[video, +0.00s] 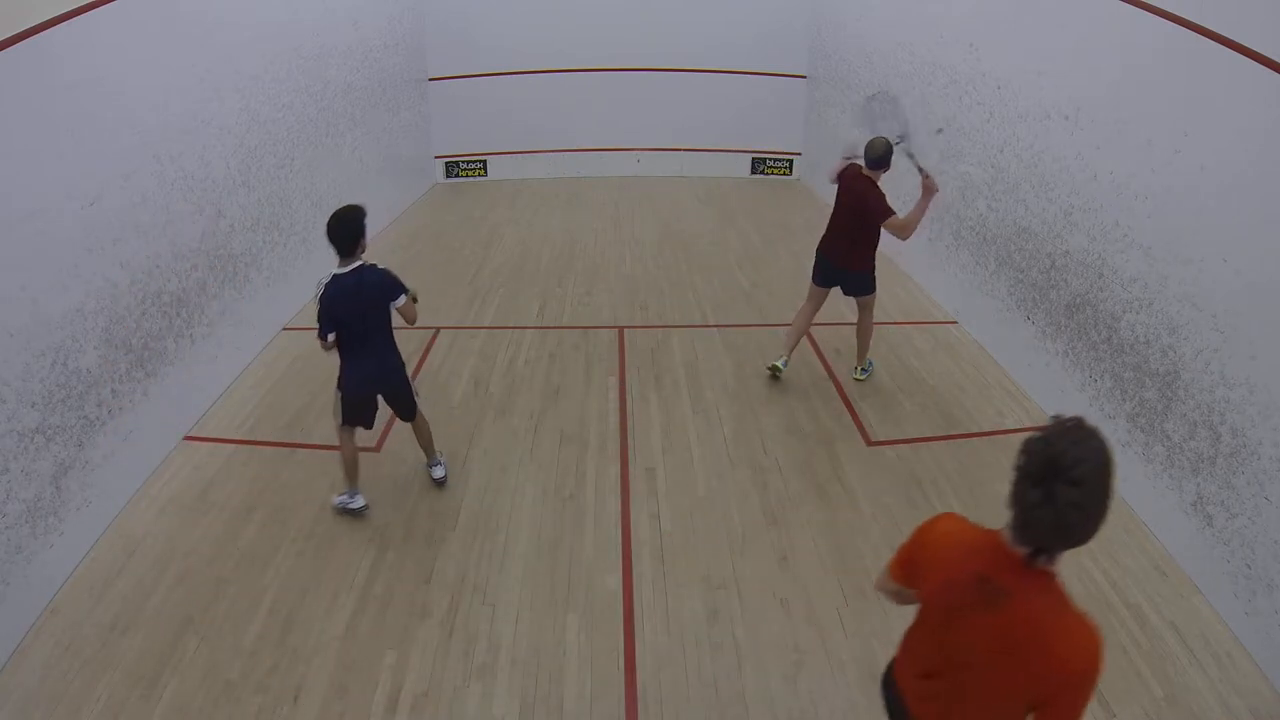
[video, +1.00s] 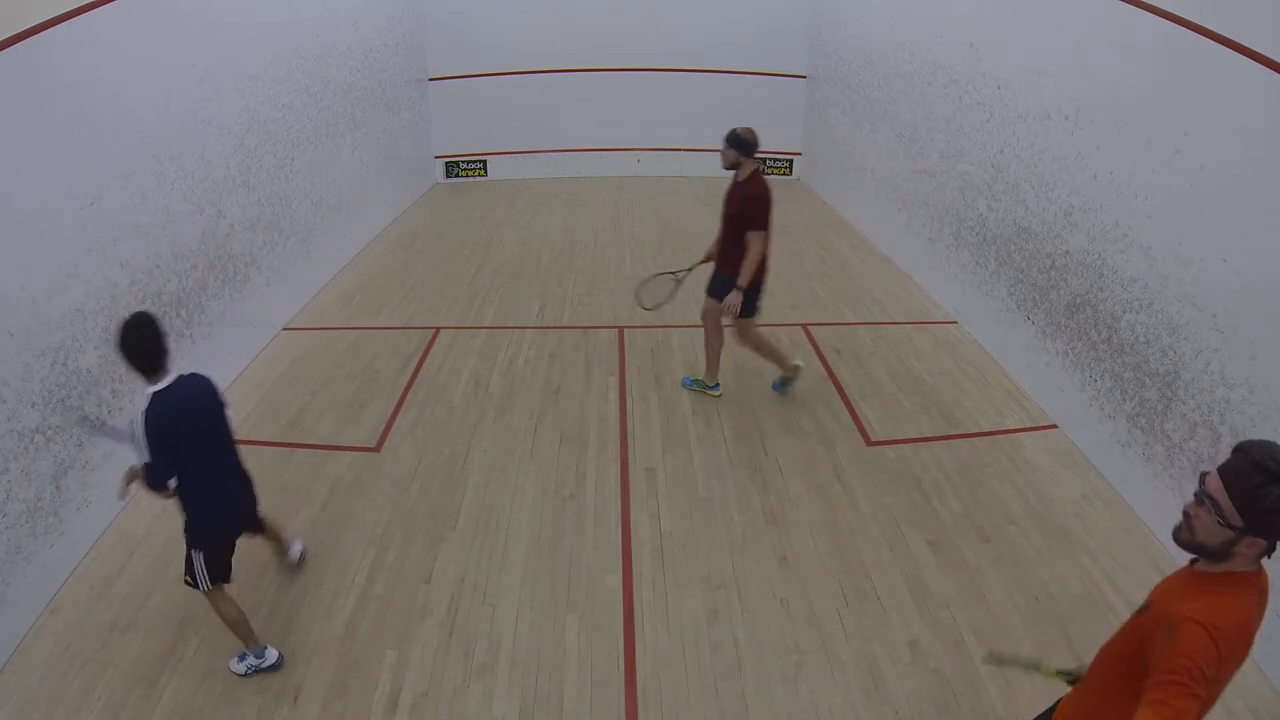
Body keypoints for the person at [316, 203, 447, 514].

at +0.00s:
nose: (367, 237)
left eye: (363, 232)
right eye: (365, 233)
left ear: (333, 244)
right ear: (361, 241)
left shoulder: (329, 290)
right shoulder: (380, 277)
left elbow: (326, 342)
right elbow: (411, 318)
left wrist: (346, 329)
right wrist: (409, 298)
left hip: (354, 375)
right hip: (389, 367)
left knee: (347, 431)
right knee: (414, 415)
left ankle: (353, 494)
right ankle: (435, 465)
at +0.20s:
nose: (329, 261)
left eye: (324, 257)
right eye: (326, 258)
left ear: (295, 271)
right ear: (322, 265)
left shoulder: (300, 317)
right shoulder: (344, 298)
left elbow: (296, 372)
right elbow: (380, 336)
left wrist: (318, 349)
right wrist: (377, 316)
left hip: (332, 395)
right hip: (366, 383)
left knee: (308, 440)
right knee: (401, 420)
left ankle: (323, 505)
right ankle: (434, 465)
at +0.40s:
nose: (281, 258)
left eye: (277, 253)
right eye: (278, 254)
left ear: (247, 267)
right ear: (274, 261)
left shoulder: (247, 316)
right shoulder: (298, 298)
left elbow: (240, 370)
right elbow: (336, 337)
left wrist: (250, 345)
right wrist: (321, 321)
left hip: (282, 401)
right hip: (315, 387)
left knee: (299, 452)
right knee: (346, 434)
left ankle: (320, 504)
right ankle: (377, 481)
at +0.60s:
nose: (247, 267)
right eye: (245, 263)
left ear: (211, 277)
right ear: (244, 268)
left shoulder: (216, 324)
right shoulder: (267, 306)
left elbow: (211, 383)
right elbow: (302, 350)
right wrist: (274, 342)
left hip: (252, 419)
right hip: (286, 406)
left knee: (268, 485)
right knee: (292, 465)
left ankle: (278, 554)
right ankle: (304, 520)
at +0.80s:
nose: (216, 319)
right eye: (215, 314)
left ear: (183, 331)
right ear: (216, 321)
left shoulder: (194, 381)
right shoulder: (244, 357)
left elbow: (197, 442)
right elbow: (275, 403)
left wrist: (210, 438)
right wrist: (246, 410)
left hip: (238, 473)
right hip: (270, 453)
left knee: (225, 550)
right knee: (278, 484)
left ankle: (248, 632)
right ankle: (304, 527)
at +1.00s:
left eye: (133, 353)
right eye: (159, 343)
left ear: (131, 363)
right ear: (166, 347)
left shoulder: (154, 415)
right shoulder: (200, 384)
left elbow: (163, 487)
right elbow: (221, 435)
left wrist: (140, 473)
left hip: (206, 512)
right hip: (238, 486)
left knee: (210, 586)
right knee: (252, 522)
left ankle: (259, 653)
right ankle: (290, 549)